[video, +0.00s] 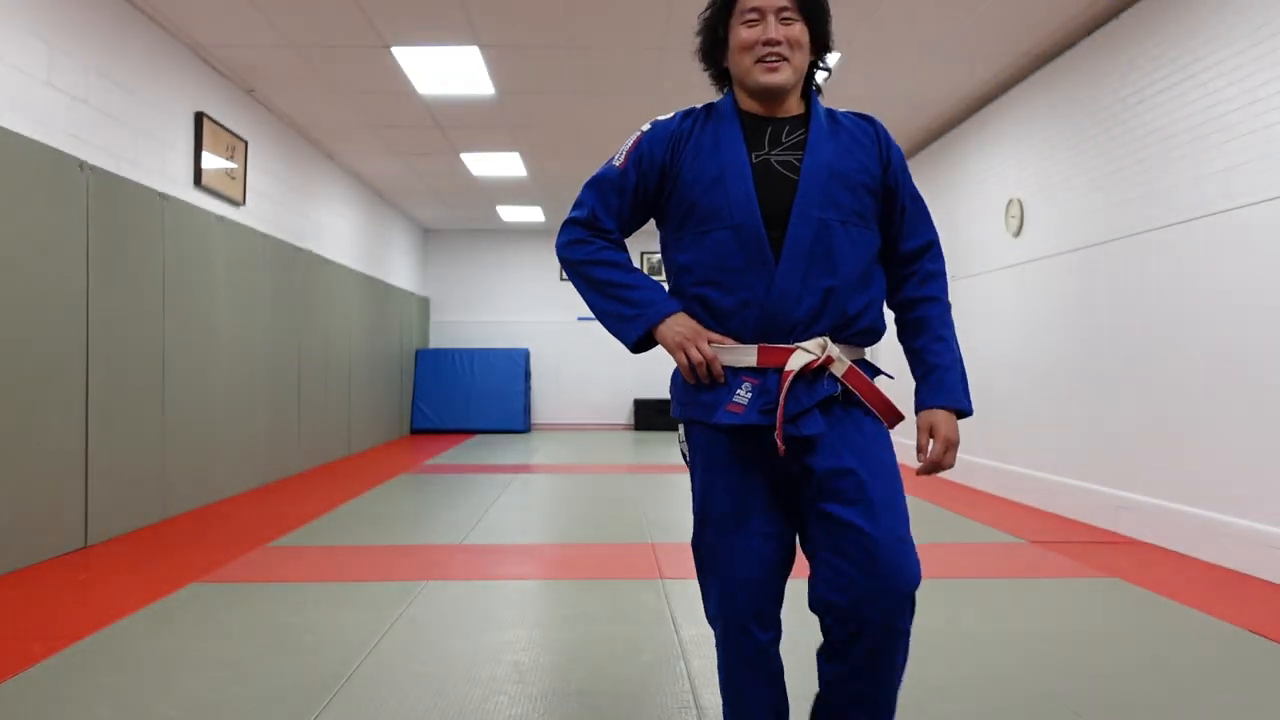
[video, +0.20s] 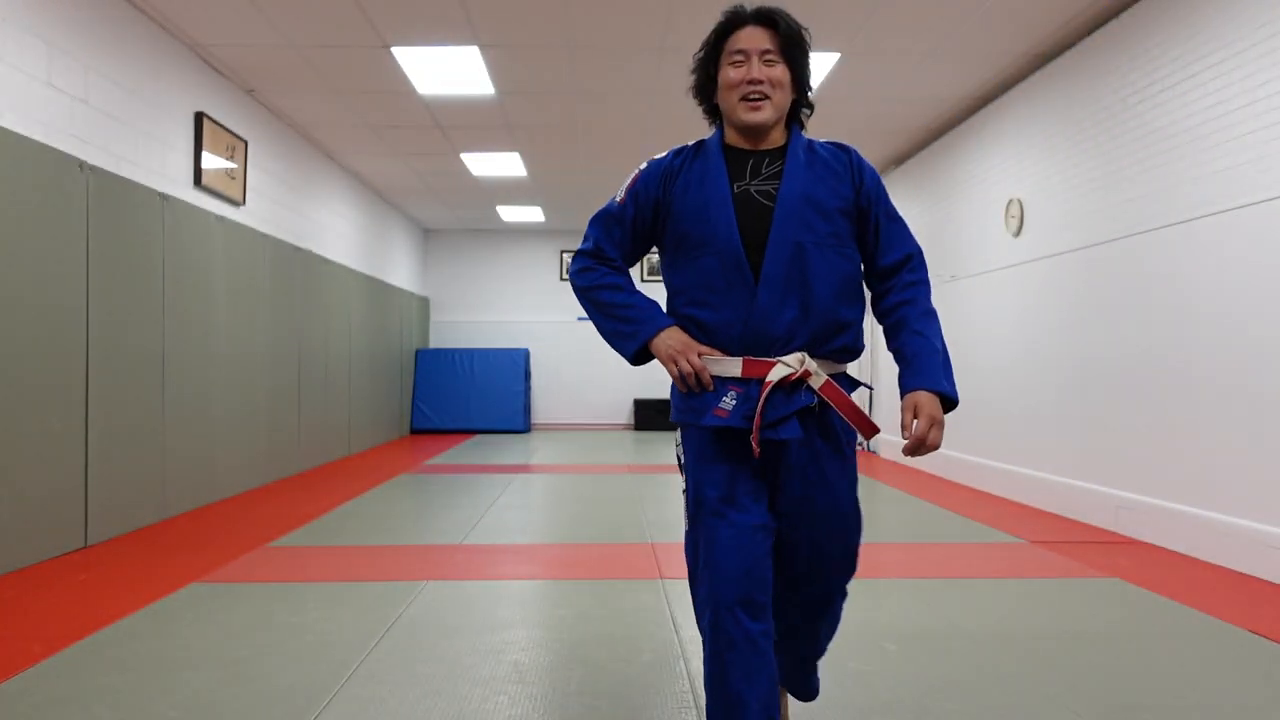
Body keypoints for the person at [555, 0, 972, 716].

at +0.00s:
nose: (771, 31)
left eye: (789, 17)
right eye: (750, 18)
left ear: (815, 39)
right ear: (721, 43)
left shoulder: (866, 143)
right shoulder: (675, 143)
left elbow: (919, 271)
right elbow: (583, 237)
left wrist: (941, 393)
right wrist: (659, 317)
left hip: (842, 403)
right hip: (726, 409)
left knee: (883, 587)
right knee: (742, 616)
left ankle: (848, 714)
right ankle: (756, 719)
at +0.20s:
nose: (754, 74)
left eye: (772, 60)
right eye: (737, 61)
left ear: (795, 82)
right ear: (712, 83)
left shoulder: (844, 172)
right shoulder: (672, 177)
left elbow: (902, 278)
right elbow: (594, 262)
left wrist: (923, 380)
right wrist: (652, 330)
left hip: (819, 406)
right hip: (717, 408)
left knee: (825, 567)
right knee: (733, 592)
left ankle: (789, 673)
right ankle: (745, 712)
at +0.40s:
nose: (754, 106)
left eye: (771, 94)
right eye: (738, 93)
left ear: (790, 115)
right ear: (714, 112)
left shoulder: (829, 200)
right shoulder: (672, 198)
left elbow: (881, 296)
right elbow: (607, 278)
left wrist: (894, 394)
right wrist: (653, 348)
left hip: (802, 408)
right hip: (711, 408)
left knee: (778, 569)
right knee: (730, 572)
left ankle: (740, 689)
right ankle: (750, 710)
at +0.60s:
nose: (750, 112)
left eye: (764, 101)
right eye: (736, 99)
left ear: (783, 118)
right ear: (710, 116)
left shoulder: (815, 201)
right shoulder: (667, 194)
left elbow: (855, 295)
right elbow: (609, 276)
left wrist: (836, 385)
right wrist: (653, 344)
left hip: (781, 403)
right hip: (695, 401)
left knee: (767, 556)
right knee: (684, 546)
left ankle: (752, 702)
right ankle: (690, 692)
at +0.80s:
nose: (741, 129)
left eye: (752, 121)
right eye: (727, 117)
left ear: (765, 140)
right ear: (699, 132)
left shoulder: (791, 217)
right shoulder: (654, 207)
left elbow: (827, 302)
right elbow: (605, 295)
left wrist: (803, 377)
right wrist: (653, 371)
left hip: (760, 403)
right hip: (677, 400)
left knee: (760, 554)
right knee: (662, 532)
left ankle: (752, 703)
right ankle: (660, 623)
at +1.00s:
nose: (713, 150)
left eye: (722, 142)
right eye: (699, 141)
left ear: (732, 159)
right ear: (671, 156)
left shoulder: (758, 234)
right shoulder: (633, 228)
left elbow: (791, 316)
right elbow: (595, 314)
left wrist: (758, 383)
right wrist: (643, 378)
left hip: (731, 406)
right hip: (656, 405)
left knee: (734, 535)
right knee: (658, 531)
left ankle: (742, 675)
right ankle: (668, 635)